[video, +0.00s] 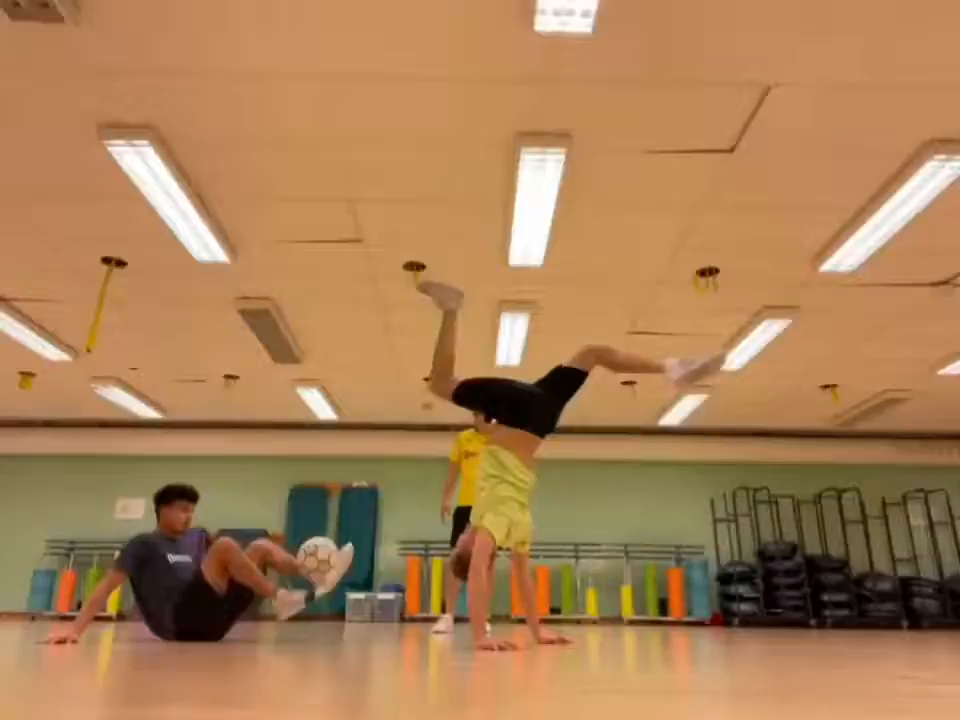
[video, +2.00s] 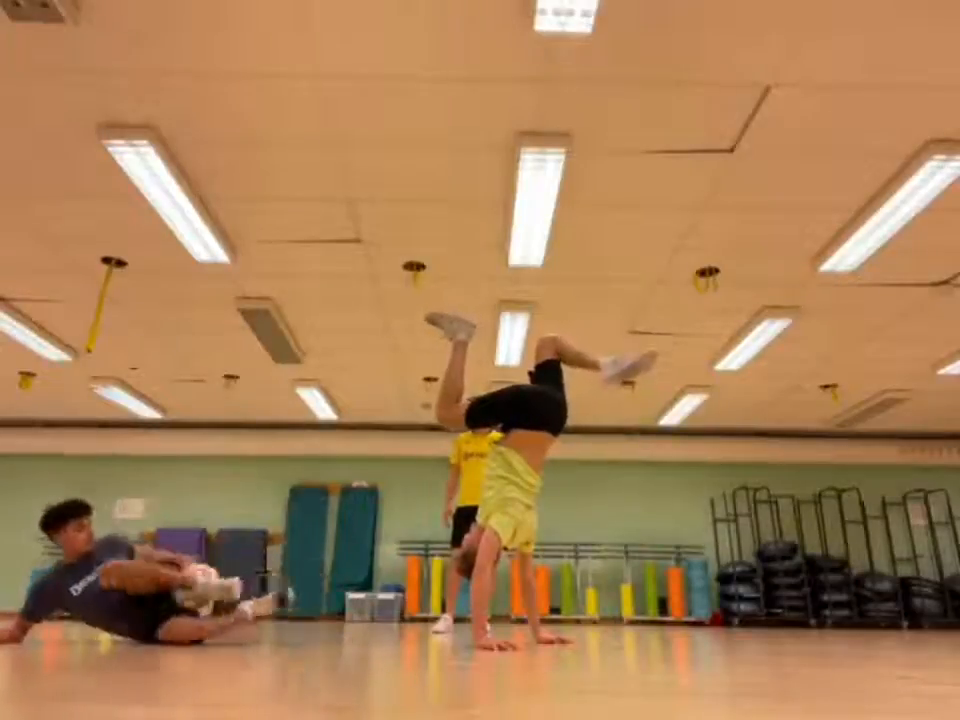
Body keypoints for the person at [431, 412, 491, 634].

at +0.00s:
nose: (478, 420)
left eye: (482, 415)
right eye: (475, 415)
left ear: (492, 417)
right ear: (472, 416)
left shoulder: (501, 439)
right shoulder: (464, 439)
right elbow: (453, 472)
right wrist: (446, 500)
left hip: (493, 506)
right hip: (467, 504)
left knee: (487, 565)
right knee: (456, 562)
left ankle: (483, 619)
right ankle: (448, 613)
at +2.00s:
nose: (477, 421)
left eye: (481, 415)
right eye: (473, 414)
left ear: (492, 416)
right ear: (466, 416)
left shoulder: (500, 439)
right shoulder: (463, 440)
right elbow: (454, 473)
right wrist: (449, 502)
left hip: (492, 504)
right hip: (466, 504)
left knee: (488, 564)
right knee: (457, 560)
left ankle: (483, 618)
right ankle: (449, 613)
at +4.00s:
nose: (472, 416)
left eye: (476, 410)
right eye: (469, 411)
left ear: (488, 413)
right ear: (465, 414)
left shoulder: (498, 438)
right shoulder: (461, 440)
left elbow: (506, 472)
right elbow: (453, 474)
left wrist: (502, 504)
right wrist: (447, 504)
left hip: (492, 505)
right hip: (465, 504)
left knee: (489, 565)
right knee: (456, 557)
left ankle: (485, 617)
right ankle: (449, 613)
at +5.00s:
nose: (444, 409)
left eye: (447, 404)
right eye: (439, 404)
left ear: (452, 409)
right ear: (432, 409)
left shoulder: (464, 438)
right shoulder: (422, 438)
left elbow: (474, 474)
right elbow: (416, 475)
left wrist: (475, 506)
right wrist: (411, 506)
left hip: (457, 506)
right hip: (428, 505)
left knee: (468, 558)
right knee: (412, 556)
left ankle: (477, 612)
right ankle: (409, 608)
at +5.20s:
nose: (419, 400)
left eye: (423, 395)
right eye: (414, 396)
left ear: (430, 401)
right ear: (408, 403)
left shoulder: (440, 430)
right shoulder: (400, 433)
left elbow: (454, 468)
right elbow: (394, 470)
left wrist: (453, 502)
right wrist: (389, 502)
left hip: (433, 500)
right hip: (405, 500)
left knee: (443, 556)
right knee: (396, 554)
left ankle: (458, 600)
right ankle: (401, 612)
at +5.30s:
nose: (408, 394)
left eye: (412, 390)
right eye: (403, 391)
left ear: (419, 395)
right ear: (397, 396)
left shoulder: (431, 423)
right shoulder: (391, 427)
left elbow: (441, 459)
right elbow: (387, 459)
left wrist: (441, 494)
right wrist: (379, 487)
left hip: (422, 493)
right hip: (396, 493)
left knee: (419, 552)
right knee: (394, 554)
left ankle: (437, 601)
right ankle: (400, 611)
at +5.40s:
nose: (400, 390)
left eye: (404, 386)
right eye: (395, 386)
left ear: (410, 391)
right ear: (388, 391)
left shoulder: (422, 418)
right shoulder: (381, 425)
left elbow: (435, 454)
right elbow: (375, 460)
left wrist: (435, 491)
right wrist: (364, 492)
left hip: (415, 489)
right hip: (390, 491)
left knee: (405, 544)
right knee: (392, 549)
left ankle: (409, 606)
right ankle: (399, 606)